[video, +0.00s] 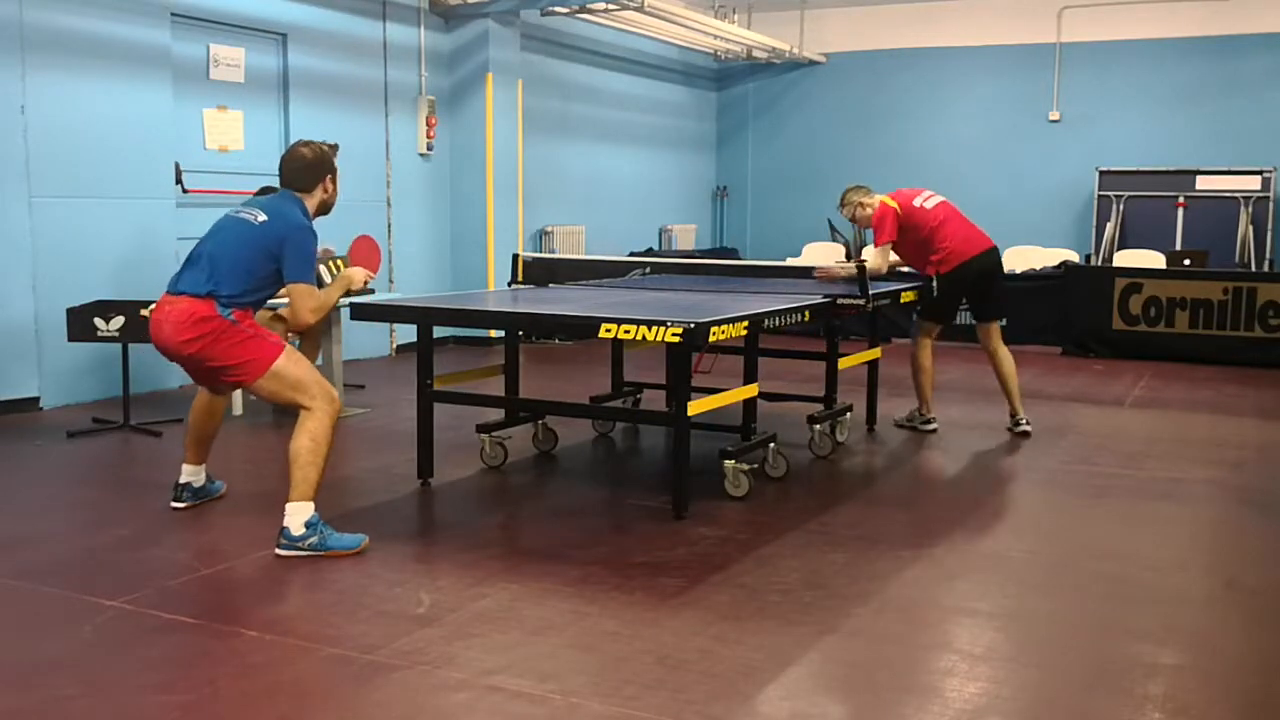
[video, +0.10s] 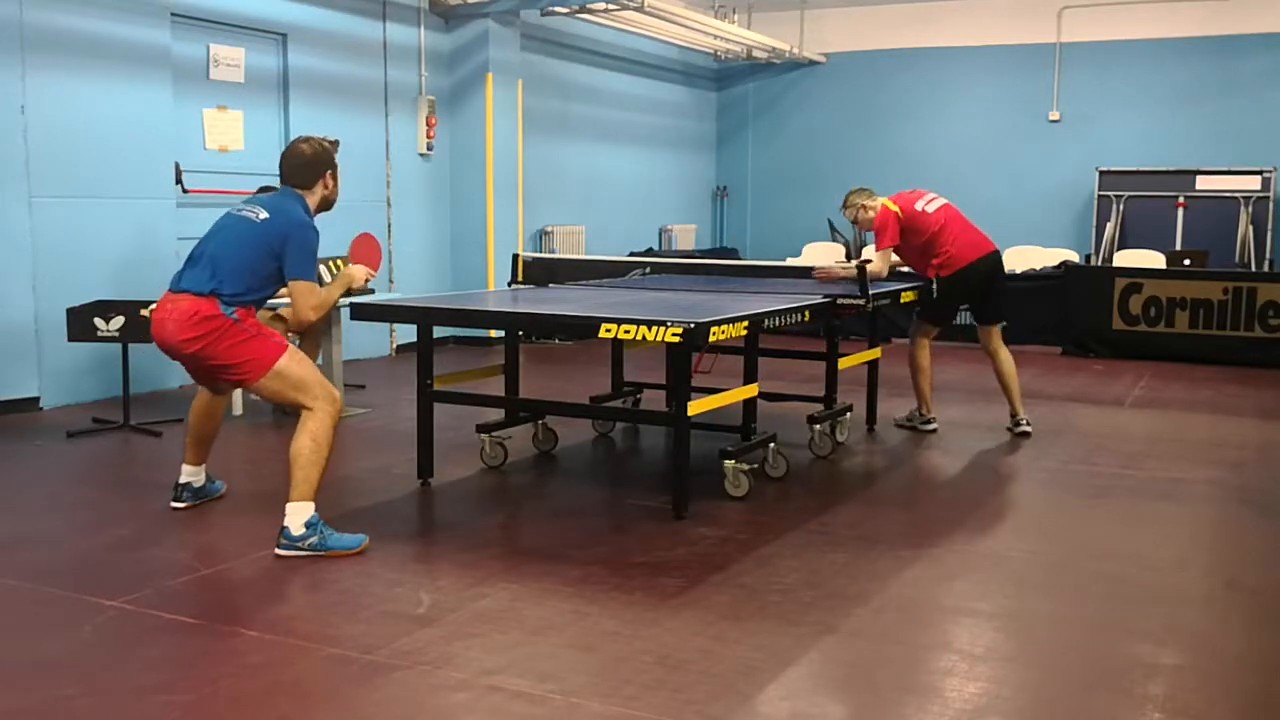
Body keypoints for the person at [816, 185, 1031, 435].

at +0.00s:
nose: (859, 226)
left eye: (855, 218)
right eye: (854, 222)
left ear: (863, 203)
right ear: (871, 196)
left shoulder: (884, 208)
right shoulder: (909, 196)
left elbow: (879, 267)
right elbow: (915, 254)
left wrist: (842, 272)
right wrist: (879, 263)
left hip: (952, 266)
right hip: (987, 254)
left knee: (923, 336)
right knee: (994, 341)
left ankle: (925, 412)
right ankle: (1019, 415)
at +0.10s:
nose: (860, 229)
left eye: (856, 221)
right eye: (855, 224)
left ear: (866, 206)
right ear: (872, 200)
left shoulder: (885, 212)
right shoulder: (912, 197)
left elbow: (879, 270)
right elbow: (914, 256)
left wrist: (842, 273)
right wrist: (870, 263)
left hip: (953, 269)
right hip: (989, 257)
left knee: (920, 337)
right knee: (994, 342)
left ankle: (924, 413)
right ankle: (1020, 416)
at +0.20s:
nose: (862, 229)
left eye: (858, 222)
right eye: (857, 225)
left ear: (869, 207)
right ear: (874, 201)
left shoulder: (887, 214)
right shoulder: (913, 198)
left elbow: (880, 271)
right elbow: (913, 255)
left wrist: (841, 271)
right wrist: (880, 260)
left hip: (953, 273)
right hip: (990, 260)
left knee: (918, 338)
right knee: (996, 344)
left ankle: (924, 413)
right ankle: (1020, 416)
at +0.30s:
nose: (864, 228)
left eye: (860, 220)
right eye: (859, 223)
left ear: (870, 206)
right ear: (879, 199)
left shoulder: (889, 214)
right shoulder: (918, 197)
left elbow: (880, 271)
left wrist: (841, 270)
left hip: (954, 275)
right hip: (992, 263)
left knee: (918, 338)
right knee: (996, 344)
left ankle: (924, 413)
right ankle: (1020, 417)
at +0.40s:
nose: (869, 225)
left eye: (865, 218)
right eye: (864, 221)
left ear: (876, 202)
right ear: (884, 196)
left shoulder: (893, 213)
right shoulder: (925, 192)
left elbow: (881, 270)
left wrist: (841, 270)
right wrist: (896, 259)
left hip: (954, 276)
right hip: (993, 264)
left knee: (918, 338)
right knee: (997, 344)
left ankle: (924, 413)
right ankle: (1021, 417)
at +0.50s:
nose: (873, 219)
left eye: (870, 212)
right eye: (868, 214)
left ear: (882, 197)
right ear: (889, 191)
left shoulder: (896, 210)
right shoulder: (931, 188)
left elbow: (882, 269)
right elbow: (925, 249)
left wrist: (844, 271)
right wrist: (892, 254)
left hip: (955, 276)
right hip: (994, 266)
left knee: (918, 338)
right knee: (998, 345)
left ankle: (924, 414)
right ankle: (1021, 417)